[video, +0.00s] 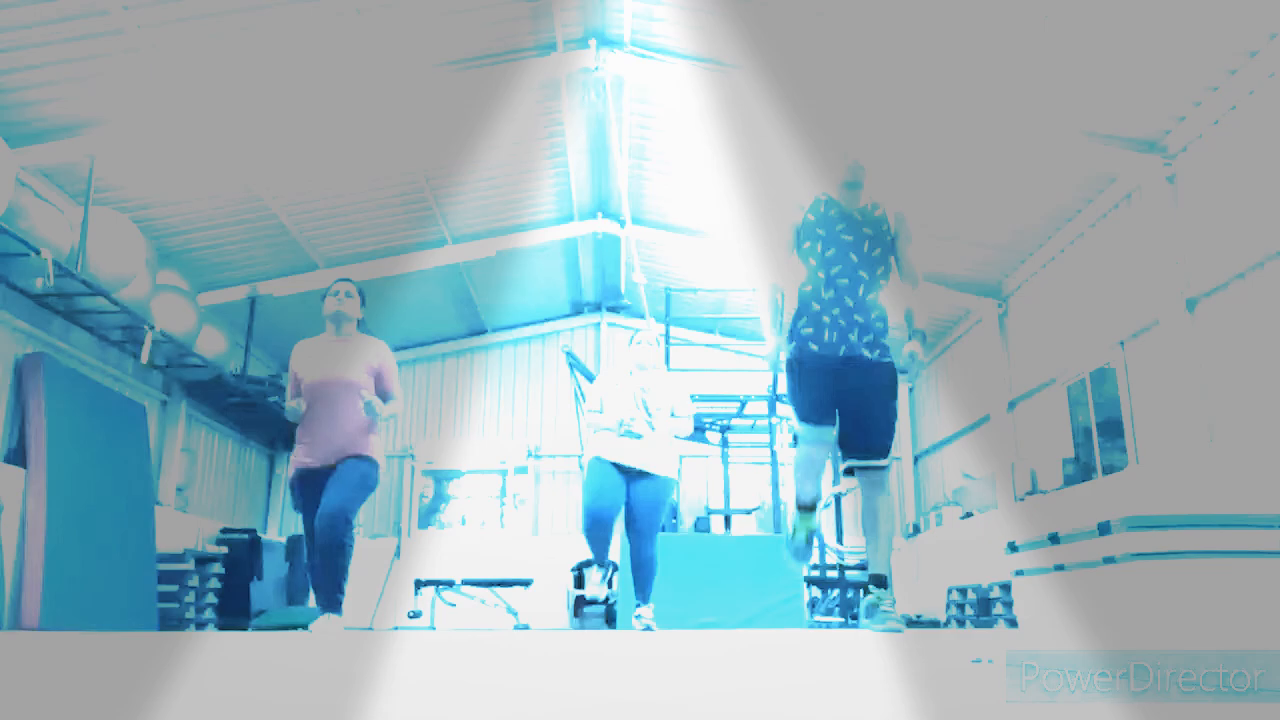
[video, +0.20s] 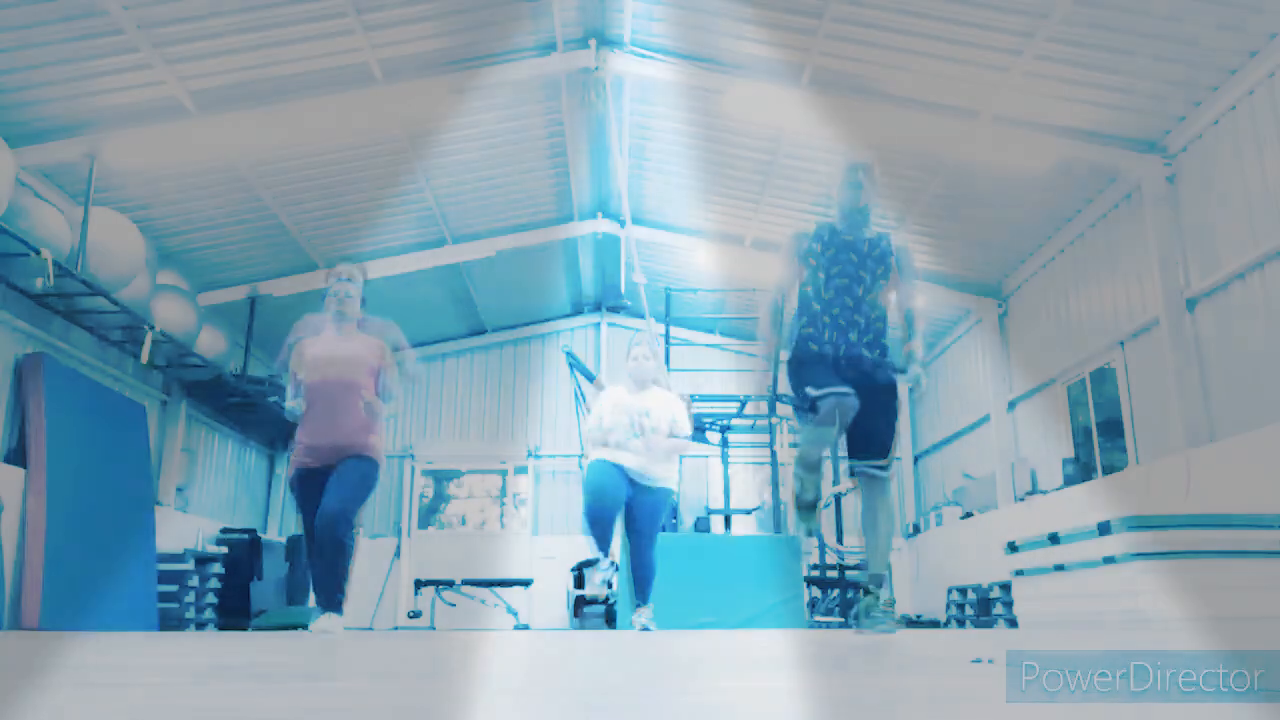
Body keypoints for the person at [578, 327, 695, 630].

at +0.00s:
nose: (646, 350)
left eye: (652, 344)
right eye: (640, 344)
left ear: (661, 350)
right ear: (629, 349)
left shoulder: (673, 383)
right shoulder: (610, 378)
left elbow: (686, 425)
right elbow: (589, 417)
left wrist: (658, 424)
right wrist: (617, 424)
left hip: (654, 459)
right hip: (608, 453)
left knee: (644, 534)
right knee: (597, 513)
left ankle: (643, 606)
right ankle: (601, 565)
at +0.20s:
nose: (640, 362)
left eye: (647, 358)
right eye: (635, 357)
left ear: (657, 365)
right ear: (627, 363)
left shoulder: (671, 401)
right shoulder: (611, 395)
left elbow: (685, 442)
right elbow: (592, 436)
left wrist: (661, 445)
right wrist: (615, 439)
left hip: (654, 475)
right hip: (611, 464)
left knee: (642, 539)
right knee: (600, 494)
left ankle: (643, 607)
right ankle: (604, 558)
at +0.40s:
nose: (631, 350)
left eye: (638, 345)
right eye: (626, 345)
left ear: (650, 353)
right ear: (619, 353)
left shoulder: (665, 386)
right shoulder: (602, 380)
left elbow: (683, 426)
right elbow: (583, 421)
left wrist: (661, 431)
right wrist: (604, 417)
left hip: (653, 465)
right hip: (607, 456)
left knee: (642, 537)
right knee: (607, 505)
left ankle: (643, 608)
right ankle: (602, 570)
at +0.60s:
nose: (623, 372)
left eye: (628, 367)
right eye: (617, 367)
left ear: (640, 375)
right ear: (609, 375)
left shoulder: (656, 408)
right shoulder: (598, 407)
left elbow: (675, 448)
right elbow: (581, 451)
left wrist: (654, 447)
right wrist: (597, 444)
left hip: (650, 490)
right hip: (604, 486)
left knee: (643, 551)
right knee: (613, 542)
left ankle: (641, 611)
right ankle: (613, 610)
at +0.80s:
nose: (617, 347)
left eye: (623, 342)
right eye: (611, 343)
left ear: (633, 350)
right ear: (603, 351)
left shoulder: (651, 382)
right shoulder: (587, 381)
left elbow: (672, 420)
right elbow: (570, 422)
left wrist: (650, 419)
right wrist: (593, 418)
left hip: (647, 468)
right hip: (599, 468)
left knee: (655, 524)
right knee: (611, 523)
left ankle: (639, 580)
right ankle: (610, 603)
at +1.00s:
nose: (614, 360)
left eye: (620, 356)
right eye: (609, 355)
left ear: (628, 363)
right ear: (600, 362)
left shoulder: (644, 393)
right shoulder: (581, 393)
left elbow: (662, 432)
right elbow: (567, 436)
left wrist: (655, 437)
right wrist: (591, 435)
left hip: (637, 461)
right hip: (594, 470)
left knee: (655, 487)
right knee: (608, 542)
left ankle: (643, 549)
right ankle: (605, 609)